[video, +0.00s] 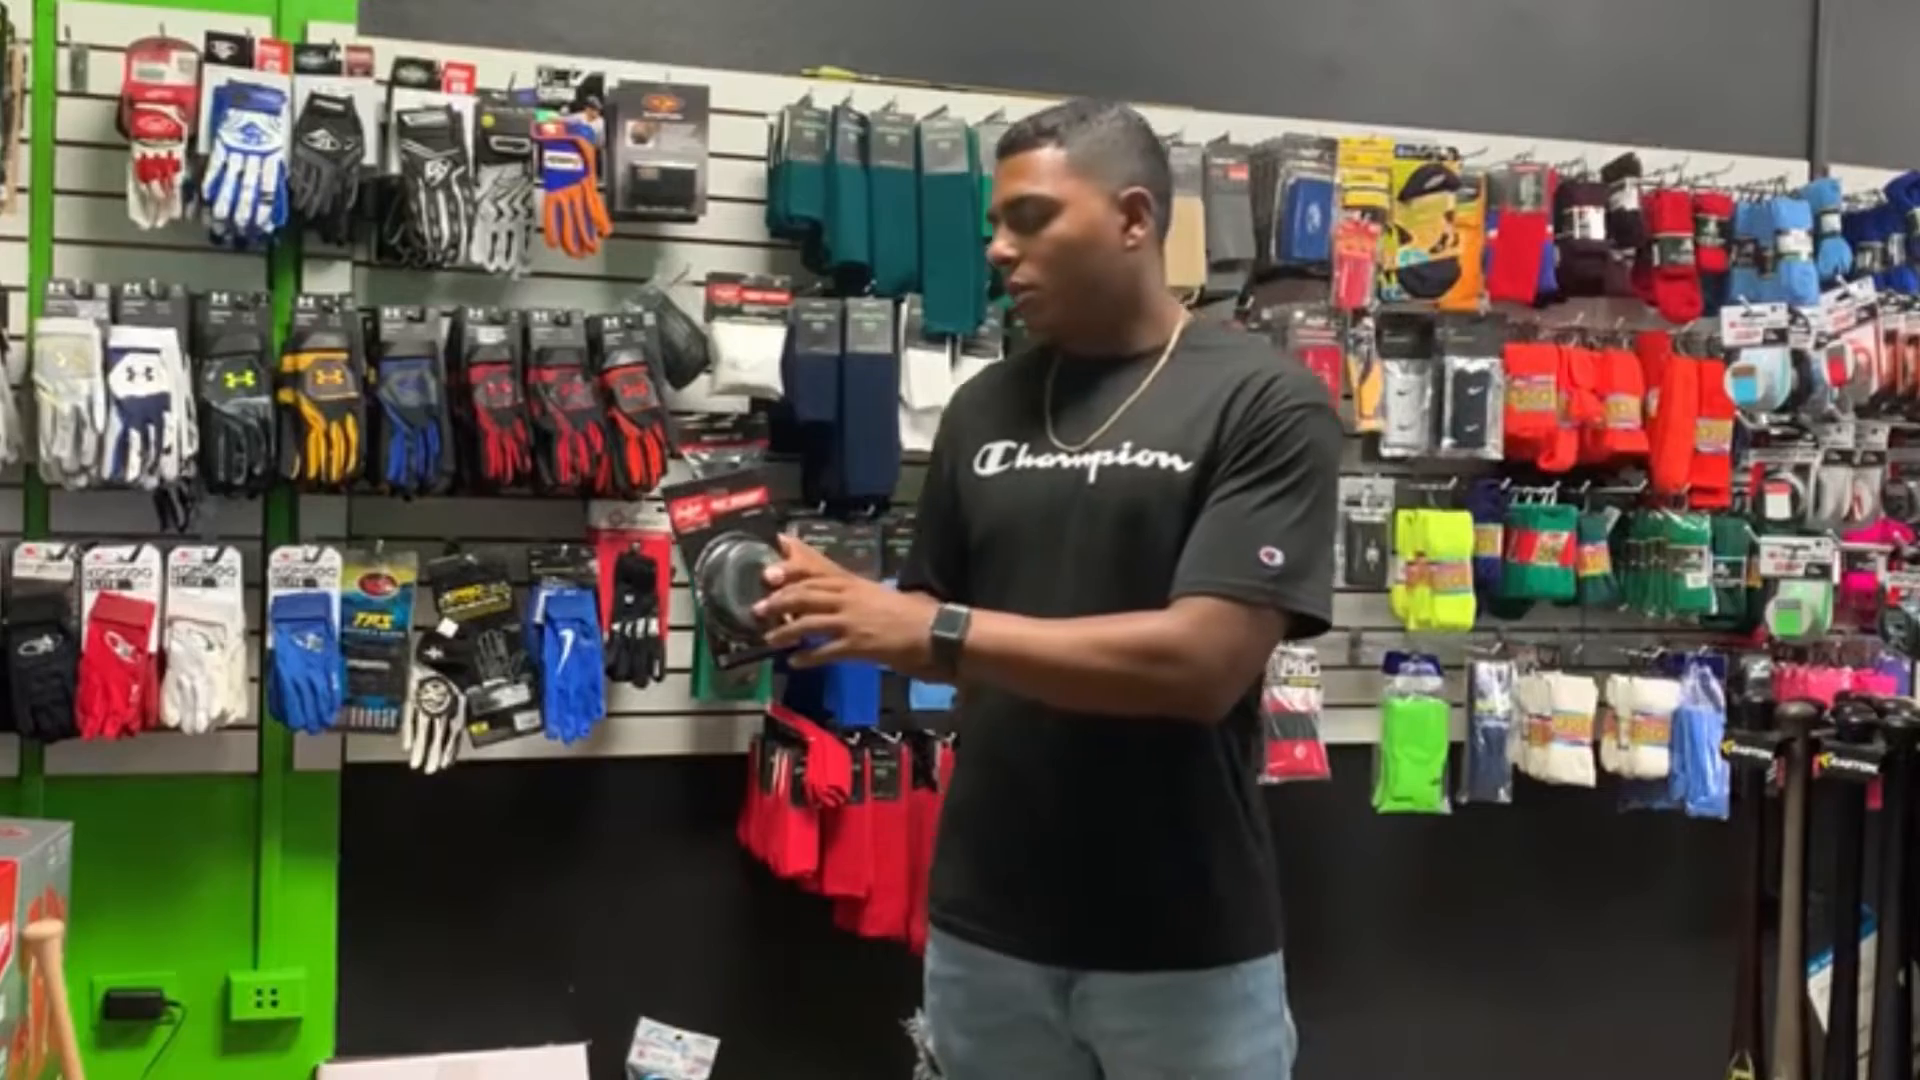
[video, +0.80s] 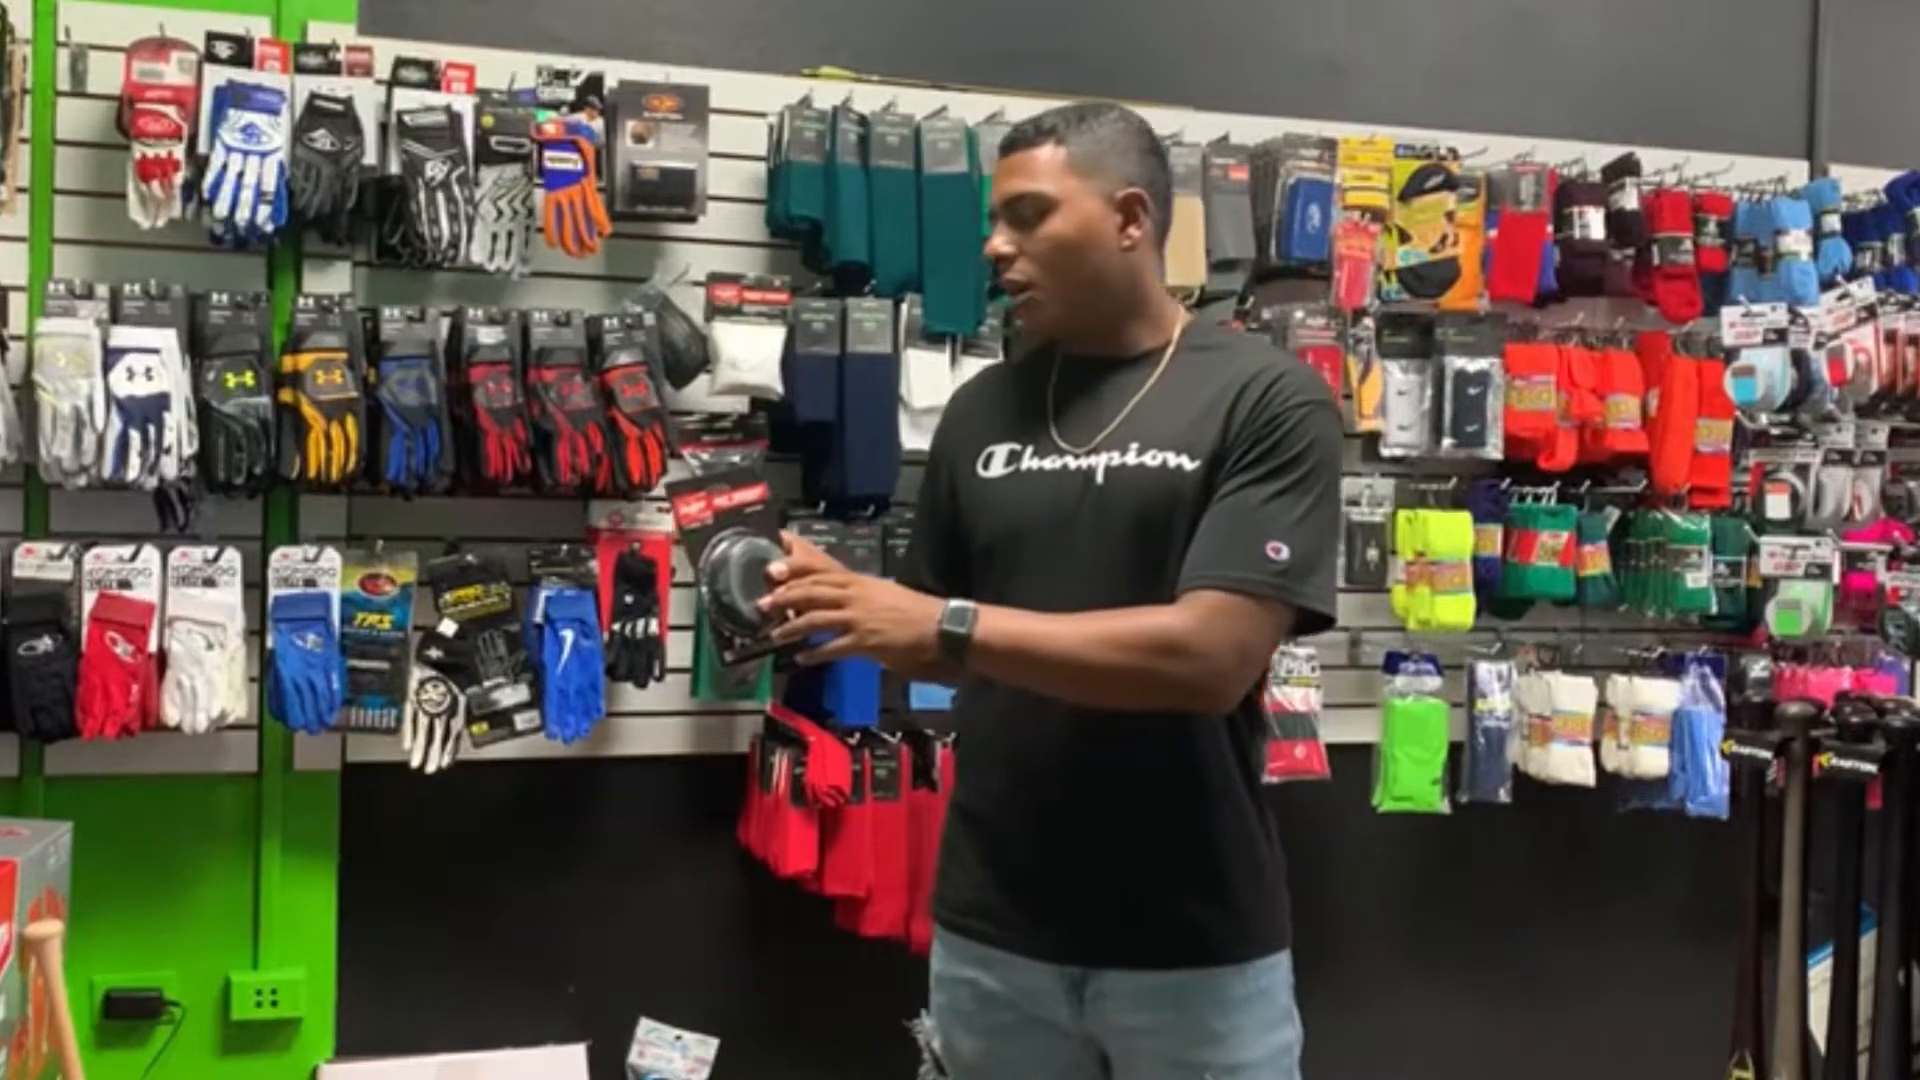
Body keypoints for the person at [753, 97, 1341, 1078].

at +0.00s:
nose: (998, 252)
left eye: (1030, 217)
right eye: (996, 226)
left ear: (1137, 217)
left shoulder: (1266, 401)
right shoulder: (981, 408)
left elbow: (1205, 665)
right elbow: (954, 644)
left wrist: (927, 628)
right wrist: (840, 607)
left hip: (1185, 942)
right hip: (988, 931)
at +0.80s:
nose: (995, 249)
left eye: (1027, 214)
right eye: (995, 222)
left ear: (1133, 218)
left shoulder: (1268, 398)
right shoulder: (980, 408)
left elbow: (1212, 658)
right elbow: (948, 645)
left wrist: (938, 627)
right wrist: (840, 607)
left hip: (1195, 944)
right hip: (994, 934)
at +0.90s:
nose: (1014, 245)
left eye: (1047, 211)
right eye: (1016, 218)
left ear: (1153, 216)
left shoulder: (1288, 398)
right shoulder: (998, 410)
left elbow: (1227, 658)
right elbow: (964, 649)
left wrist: (954, 624)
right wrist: (856, 600)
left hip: (1211, 943)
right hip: (1008, 933)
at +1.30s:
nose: (1128, 235)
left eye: (1162, 201)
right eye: (1128, 208)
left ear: (1268, 209)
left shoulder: (1405, 395)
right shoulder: (1103, 406)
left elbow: (1327, 658)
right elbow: (1068, 652)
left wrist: (1047, 616)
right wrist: (949, 602)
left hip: (1309, 954)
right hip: (1100, 940)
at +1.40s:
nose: (1159, 232)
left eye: (1194, 200)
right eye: (1162, 205)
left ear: (1301, 210)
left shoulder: (1440, 398)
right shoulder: (1132, 404)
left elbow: (1353, 660)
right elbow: (1102, 652)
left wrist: (1075, 616)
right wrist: (975, 601)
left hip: (1337, 960)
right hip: (1125, 944)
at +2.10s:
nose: (1288, 239)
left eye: (1328, 207)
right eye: (1286, 210)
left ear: (1443, 218)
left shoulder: (1574, 418)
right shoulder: (1247, 401)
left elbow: (1478, 679)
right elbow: (1194, 660)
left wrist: (1190, 623)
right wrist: (1087, 593)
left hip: (1434, 979)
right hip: (1214, 952)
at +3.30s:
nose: (1250, 202)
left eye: (1291, 175)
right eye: (1225, 178)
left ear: (1366, 209)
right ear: (1204, 208)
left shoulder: (1453, 400)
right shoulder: (1158, 381)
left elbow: (1431, 694)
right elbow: (1112, 604)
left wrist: (1150, 648)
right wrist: (1033, 624)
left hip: (1341, 954)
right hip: (1146, 924)